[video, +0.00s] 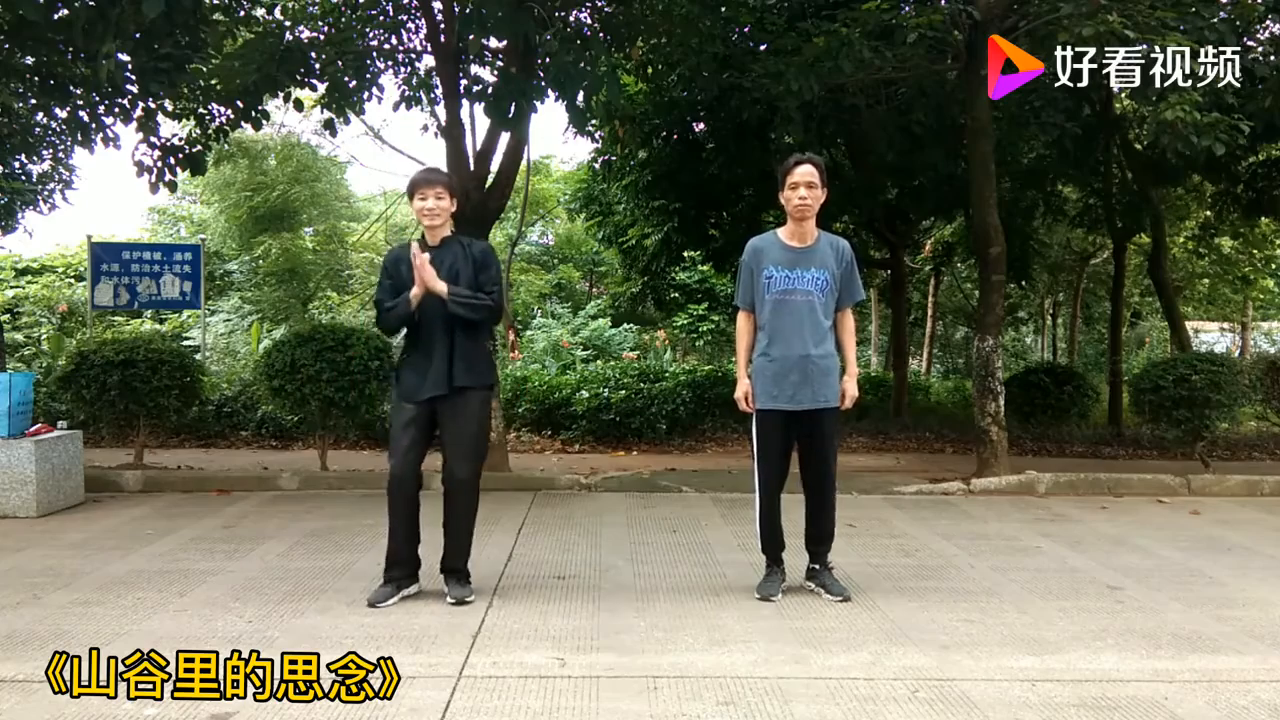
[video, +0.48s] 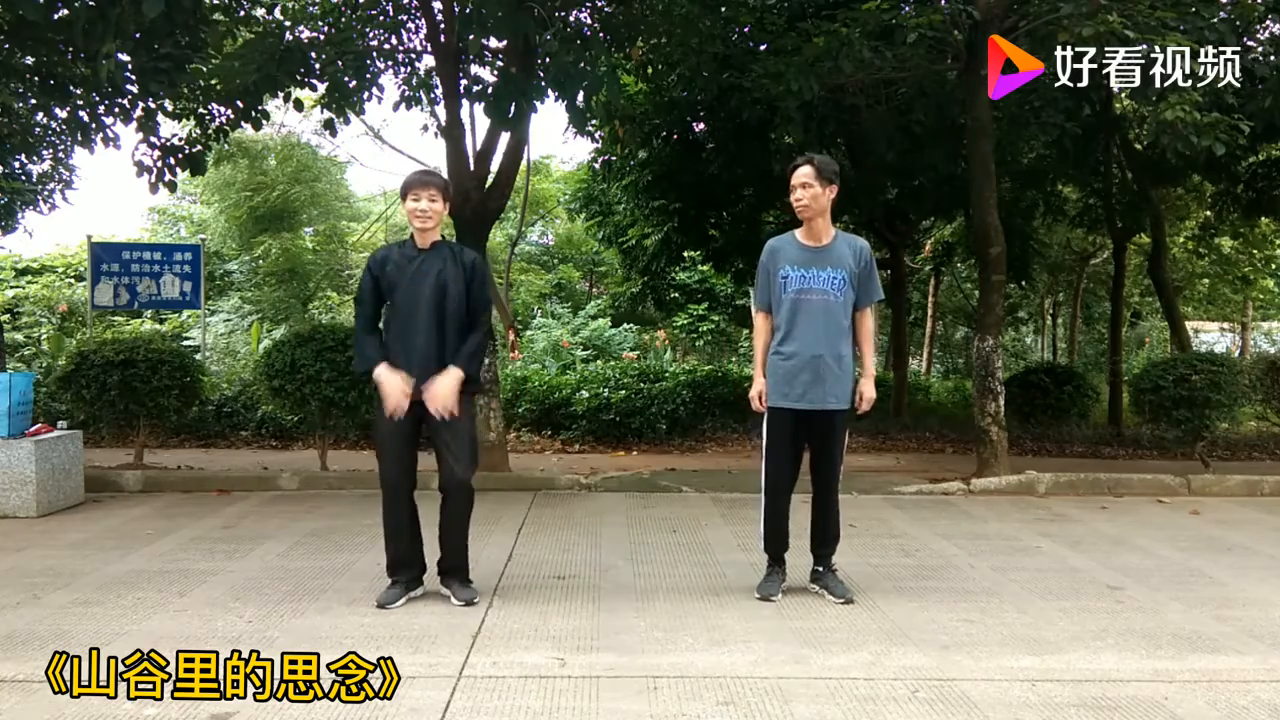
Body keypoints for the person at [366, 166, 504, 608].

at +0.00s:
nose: (430, 205)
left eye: (438, 197)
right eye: (422, 199)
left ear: (453, 203)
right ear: (412, 207)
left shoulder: (478, 252)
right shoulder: (398, 259)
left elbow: (492, 309)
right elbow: (386, 321)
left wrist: (440, 287)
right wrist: (417, 290)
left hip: (468, 381)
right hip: (415, 380)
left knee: (461, 477)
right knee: (400, 472)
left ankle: (457, 574)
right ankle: (400, 575)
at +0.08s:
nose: (427, 202)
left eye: (435, 195)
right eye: (419, 196)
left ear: (451, 201)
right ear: (409, 204)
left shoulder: (475, 249)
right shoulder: (397, 256)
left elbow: (487, 304)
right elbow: (385, 318)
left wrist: (434, 278)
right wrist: (417, 280)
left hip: (467, 379)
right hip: (414, 379)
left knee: (460, 478)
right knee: (403, 472)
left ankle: (457, 575)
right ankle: (405, 575)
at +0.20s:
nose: (424, 199)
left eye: (433, 192)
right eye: (416, 193)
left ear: (448, 199)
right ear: (407, 202)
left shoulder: (471, 249)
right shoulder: (390, 254)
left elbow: (481, 307)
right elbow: (379, 317)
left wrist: (431, 281)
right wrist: (412, 283)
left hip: (461, 380)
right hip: (409, 381)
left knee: (457, 480)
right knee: (406, 479)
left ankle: (456, 576)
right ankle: (406, 575)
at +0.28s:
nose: (424, 199)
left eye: (432, 192)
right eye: (416, 192)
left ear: (447, 199)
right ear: (406, 200)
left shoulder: (470, 249)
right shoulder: (388, 253)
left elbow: (483, 310)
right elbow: (372, 315)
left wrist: (432, 293)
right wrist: (408, 294)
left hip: (458, 380)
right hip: (405, 380)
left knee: (457, 479)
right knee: (405, 479)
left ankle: (456, 575)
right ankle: (406, 575)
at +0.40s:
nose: (423, 203)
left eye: (432, 196)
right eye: (414, 196)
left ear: (445, 203)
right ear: (404, 203)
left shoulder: (468, 257)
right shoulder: (382, 257)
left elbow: (485, 318)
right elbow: (363, 318)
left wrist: (446, 344)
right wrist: (391, 339)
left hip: (453, 386)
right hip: (398, 387)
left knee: (460, 478)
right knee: (399, 482)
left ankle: (458, 573)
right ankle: (405, 575)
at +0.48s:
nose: (424, 208)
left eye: (432, 200)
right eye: (415, 200)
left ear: (445, 207)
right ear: (403, 207)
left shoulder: (469, 262)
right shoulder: (382, 262)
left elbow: (481, 328)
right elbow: (364, 328)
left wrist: (455, 373)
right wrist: (383, 371)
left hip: (451, 386)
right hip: (396, 387)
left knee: (459, 480)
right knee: (395, 485)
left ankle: (455, 574)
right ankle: (404, 575)